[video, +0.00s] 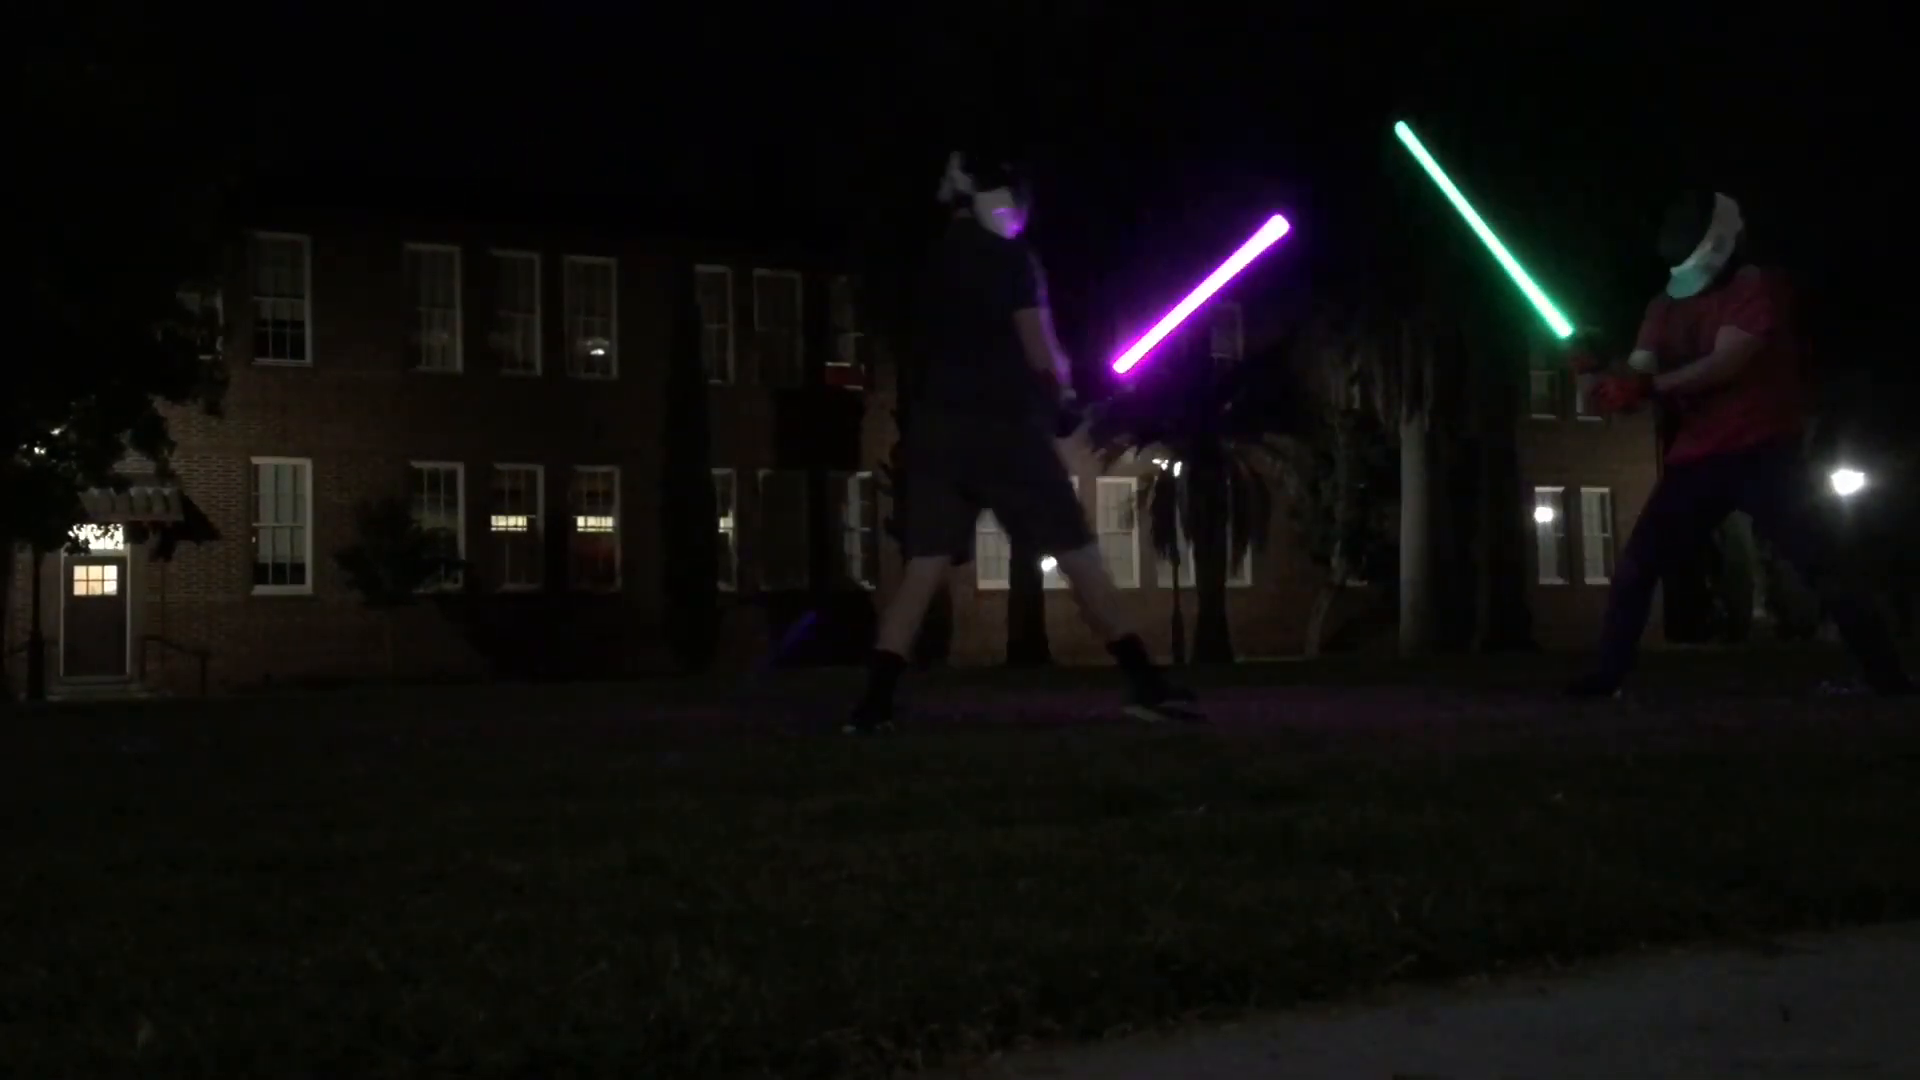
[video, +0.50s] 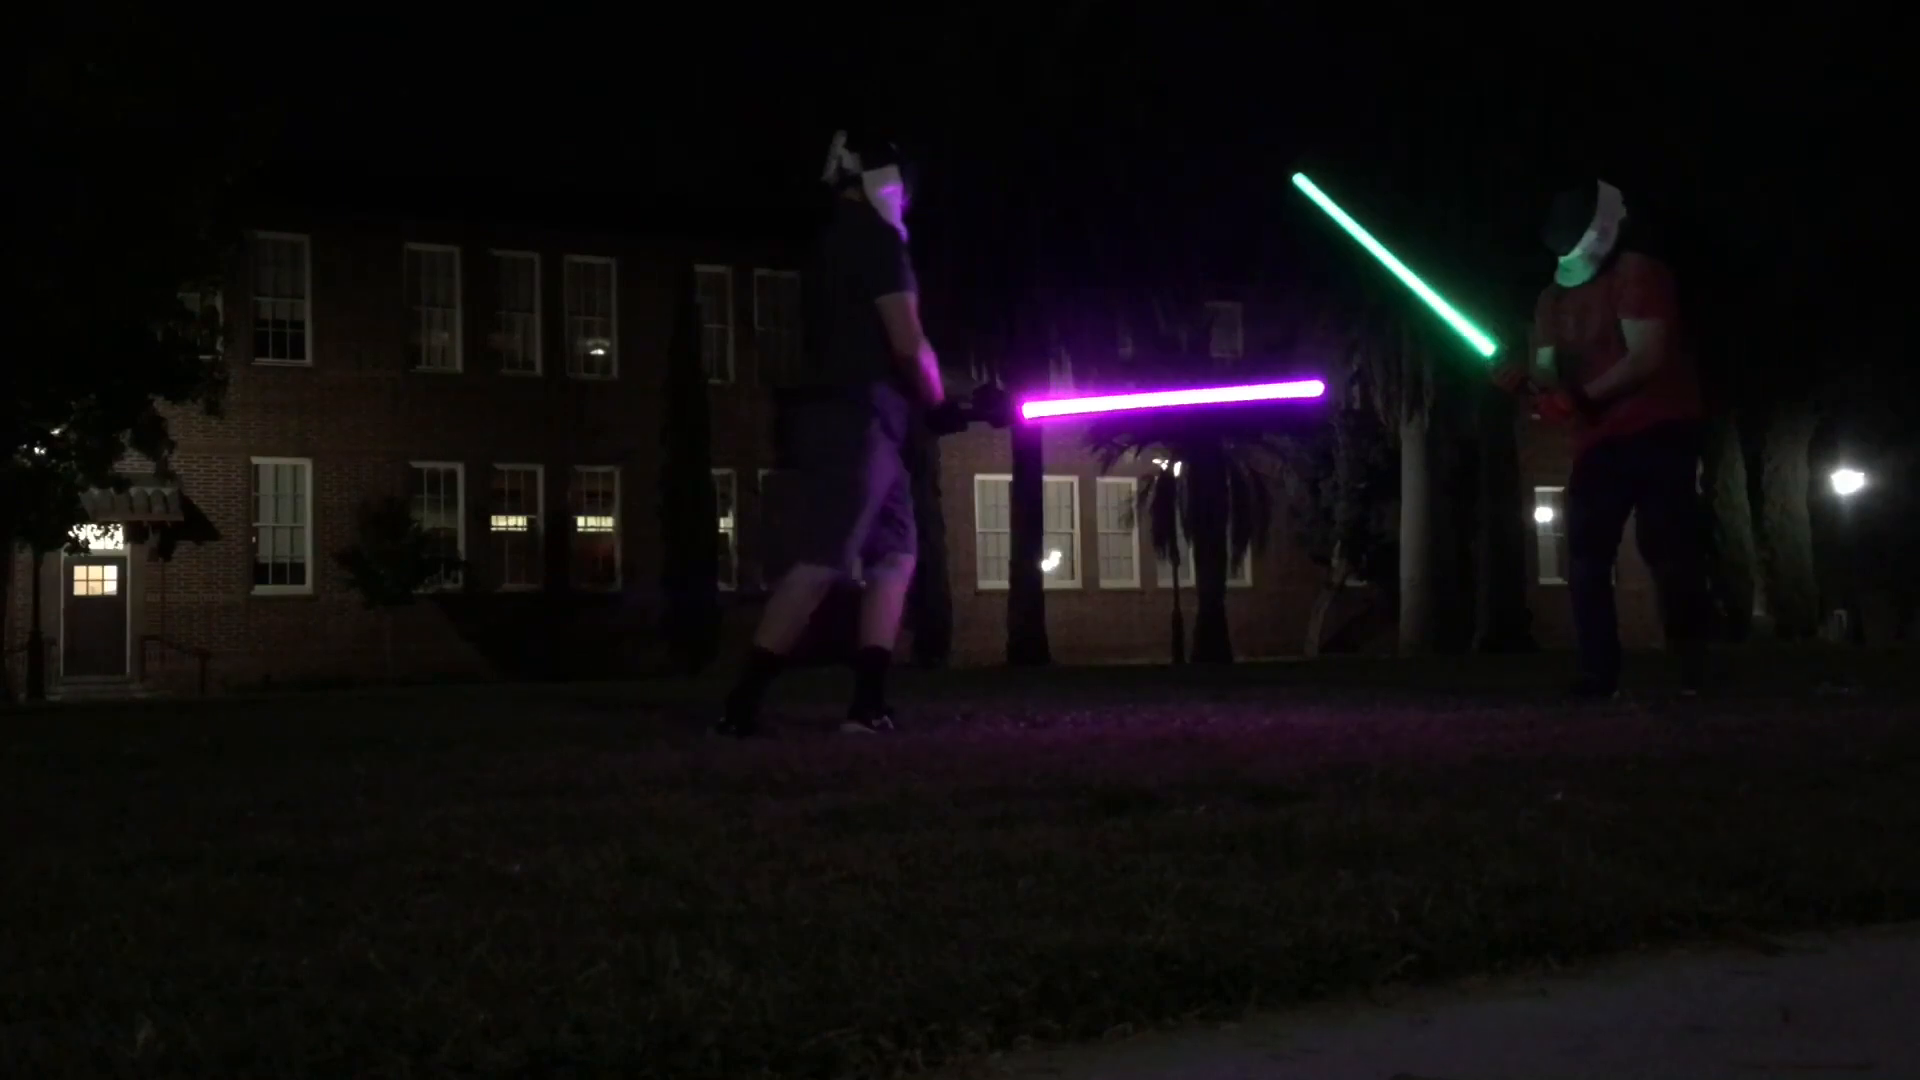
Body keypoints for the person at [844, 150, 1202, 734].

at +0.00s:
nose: (1021, 217)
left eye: (1020, 204)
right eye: (1012, 205)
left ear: (962, 206)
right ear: (987, 205)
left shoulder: (928, 261)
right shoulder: (1011, 260)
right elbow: (1041, 353)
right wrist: (1065, 391)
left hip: (937, 440)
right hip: (1009, 440)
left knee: (923, 569)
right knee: (1083, 564)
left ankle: (874, 699)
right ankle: (1145, 684)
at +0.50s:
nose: (903, 197)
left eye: (901, 184)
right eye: (895, 184)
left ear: (852, 188)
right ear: (867, 186)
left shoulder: (832, 238)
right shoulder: (877, 240)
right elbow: (909, 344)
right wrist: (939, 402)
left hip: (851, 421)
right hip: (858, 422)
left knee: (895, 554)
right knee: (824, 560)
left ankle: (869, 702)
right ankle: (744, 700)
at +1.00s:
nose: (912, 193)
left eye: (909, 180)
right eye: (903, 181)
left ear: (866, 184)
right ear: (878, 183)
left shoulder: (848, 233)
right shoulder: (881, 234)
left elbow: (903, 333)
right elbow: (914, 337)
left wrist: (956, 388)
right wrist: (952, 399)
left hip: (865, 413)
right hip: (870, 415)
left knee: (906, 555)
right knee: (891, 553)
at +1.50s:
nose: (982, 178)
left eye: (980, 164)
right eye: (974, 164)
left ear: (918, 165)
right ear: (948, 166)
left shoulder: (884, 222)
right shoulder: (955, 230)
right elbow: (996, 336)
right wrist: (1024, 380)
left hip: (902, 403)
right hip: (952, 402)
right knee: (996, 541)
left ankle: (927, 684)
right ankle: (934, 688)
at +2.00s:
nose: (1115, 219)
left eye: (1112, 209)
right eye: (1110, 208)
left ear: (1061, 210)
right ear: (1088, 211)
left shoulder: (1058, 261)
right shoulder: (1095, 262)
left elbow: (1134, 254)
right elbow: (1199, 267)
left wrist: (1187, 216)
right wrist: (1221, 234)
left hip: (1093, 445)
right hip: (1091, 445)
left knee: (1181, 556)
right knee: (1066, 573)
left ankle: (1216, 692)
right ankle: (954, 696)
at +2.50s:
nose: (1113, 227)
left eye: (1101, 218)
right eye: (1102, 219)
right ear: (1089, 227)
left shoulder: (1120, 293)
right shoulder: (1091, 268)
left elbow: (1194, 278)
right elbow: (1173, 197)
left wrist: (1217, 203)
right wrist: (1200, 177)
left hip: (1150, 439)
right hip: (1121, 432)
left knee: (1225, 547)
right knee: (1155, 542)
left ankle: (1223, 693)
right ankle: (1033, 658)